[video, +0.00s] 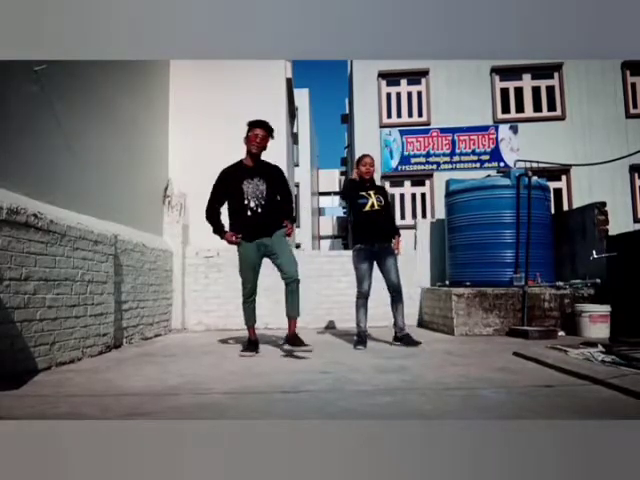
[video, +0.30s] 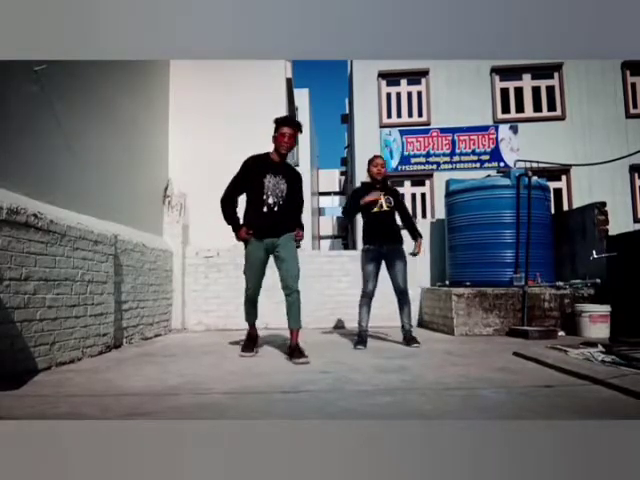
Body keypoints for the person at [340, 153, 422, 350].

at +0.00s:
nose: (369, 168)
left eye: (371, 165)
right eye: (365, 165)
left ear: (375, 168)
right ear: (357, 169)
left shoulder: (381, 190)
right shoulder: (352, 189)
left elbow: (389, 216)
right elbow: (346, 196)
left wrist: (396, 235)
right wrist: (353, 178)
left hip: (384, 244)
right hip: (362, 245)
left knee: (395, 287)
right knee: (363, 291)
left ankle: (401, 332)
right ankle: (361, 334)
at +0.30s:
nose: (380, 169)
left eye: (382, 166)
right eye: (376, 166)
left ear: (386, 169)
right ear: (369, 169)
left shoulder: (392, 192)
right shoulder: (360, 191)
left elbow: (405, 216)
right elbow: (347, 213)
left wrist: (417, 237)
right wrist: (365, 201)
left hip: (394, 246)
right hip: (371, 246)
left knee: (401, 289)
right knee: (368, 291)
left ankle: (408, 333)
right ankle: (362, 335)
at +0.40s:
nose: (387, 168)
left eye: (389, 165)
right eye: (383, 165)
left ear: (393, 168)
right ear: (376, 168)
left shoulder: (400, 191)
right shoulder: (368, 190)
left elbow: (411, 219)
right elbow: (356, 216)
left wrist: (423, 243)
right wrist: (365, 227)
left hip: (398, 245)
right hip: (376, 245)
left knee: (404, 289)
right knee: (371, 290)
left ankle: (408, 334)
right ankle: (362, 335)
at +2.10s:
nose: (359, 164)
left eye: (362, 160)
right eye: (356, 161)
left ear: (369, 163)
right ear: (351, 164)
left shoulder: (378, 186)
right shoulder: (345, 187)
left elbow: (387, 213)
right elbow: (340, 217)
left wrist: (393, 238)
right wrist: (342, 243)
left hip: (376, 243)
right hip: (353, 244)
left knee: (390, 285)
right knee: (353, 291)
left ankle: (395, 330)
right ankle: (350, 335)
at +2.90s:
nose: (378, 165)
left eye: (381, 162)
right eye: (374, 162)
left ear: (386, 165)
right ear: (369, 167)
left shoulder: (394, 187)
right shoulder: (361, 187)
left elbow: (405, 214)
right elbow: (348, 213)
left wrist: (419, 237)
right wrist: (340, 238)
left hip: (388, 245)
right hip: (365, 245)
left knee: (395, 290)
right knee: (356, 290)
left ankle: (395, 333)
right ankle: (344, 332)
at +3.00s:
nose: (377, 164)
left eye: (380, 160)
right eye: (373, 161)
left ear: (386, 163)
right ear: (367, 165)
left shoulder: (395, 183)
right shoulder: (359, 183)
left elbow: (420, 198)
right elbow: (337, 197)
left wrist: (446, 208)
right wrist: (323, 209)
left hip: (391, 245)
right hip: (369, 245)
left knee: (394, 288)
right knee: (358, 289)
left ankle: (394, 333)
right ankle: (353, 331)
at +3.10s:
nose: (374, 167)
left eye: (377, 163)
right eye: (370, 164)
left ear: (384, 166)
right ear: (366, 168)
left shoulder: (394, 182)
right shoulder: (361, 186)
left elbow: (420, 179)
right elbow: (339, 198)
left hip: (393, 245)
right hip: (372, 247)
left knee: (398, 288)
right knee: (359, 288)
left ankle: (397, 332)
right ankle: (375, 328)